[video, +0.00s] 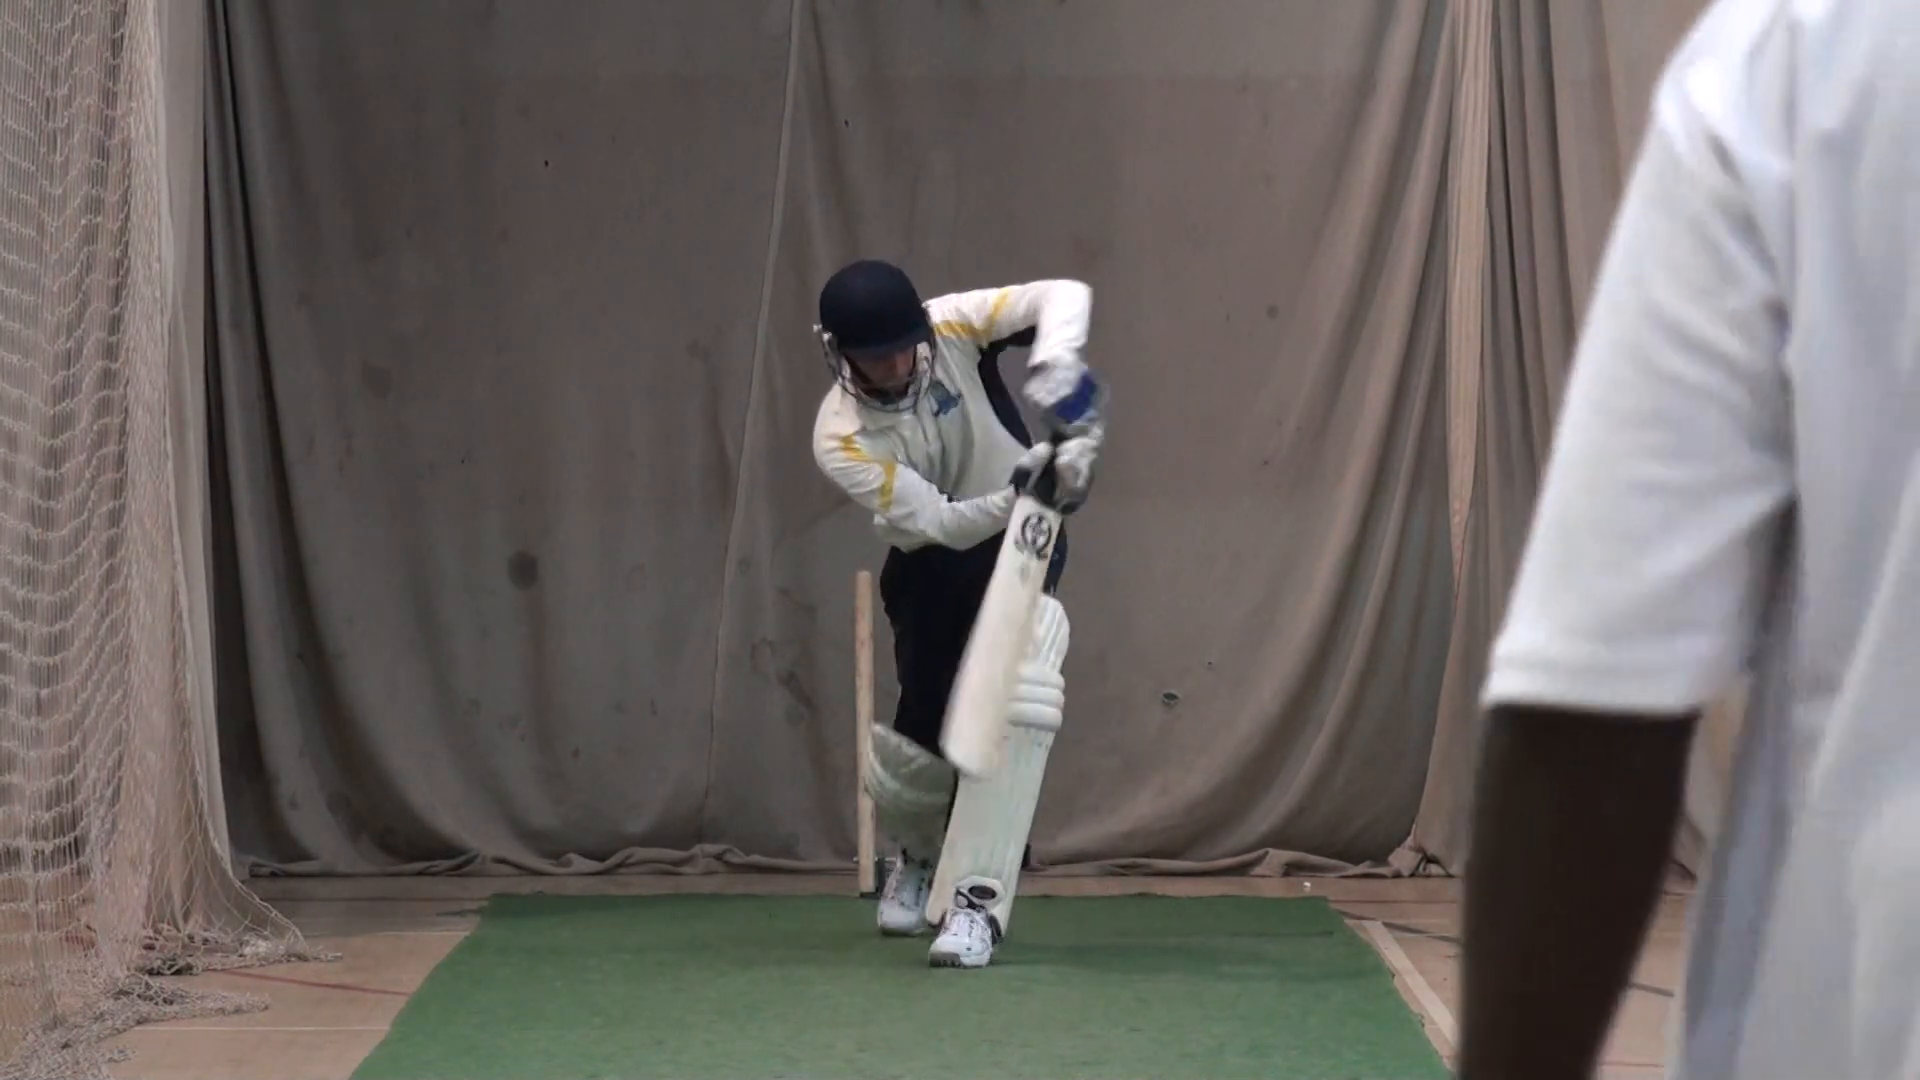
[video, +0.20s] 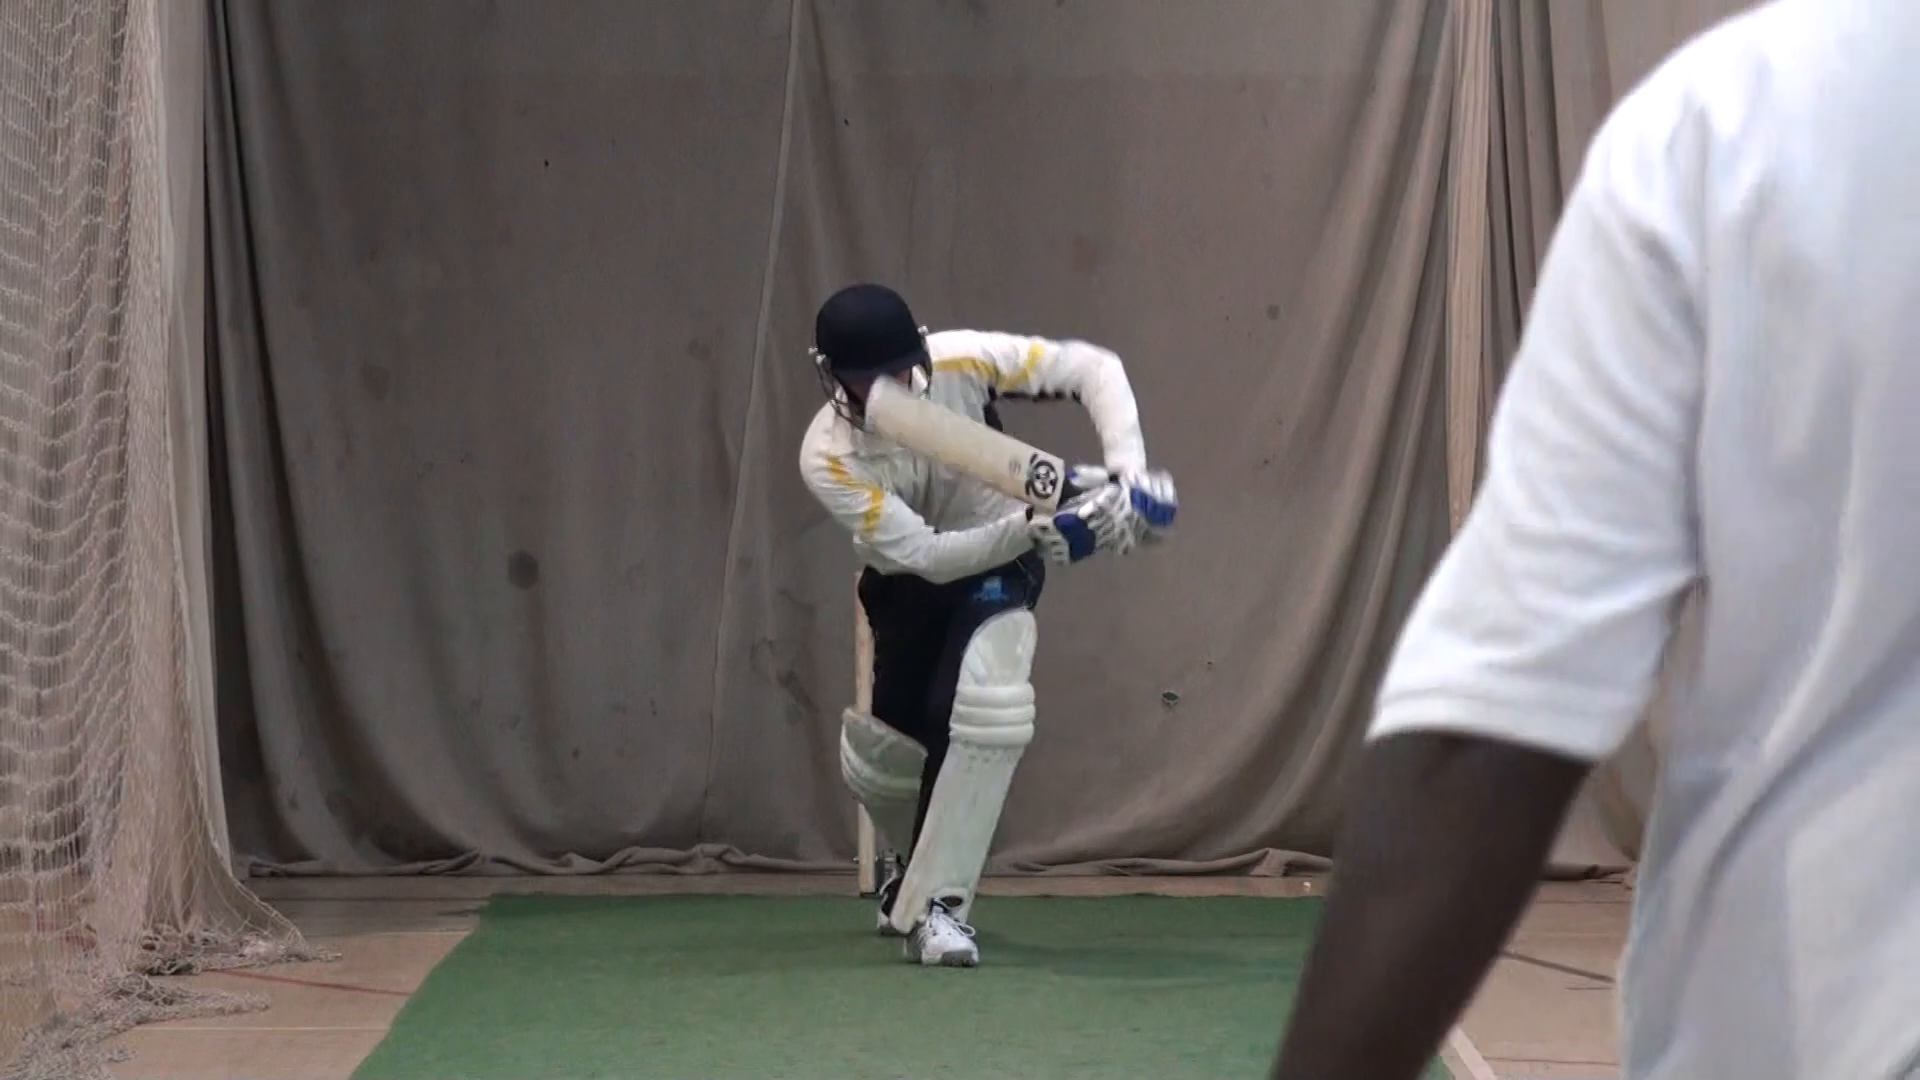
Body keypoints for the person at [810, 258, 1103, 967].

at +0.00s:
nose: (902, 368)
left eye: (909, 350)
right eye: (882, 359)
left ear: (922, 329)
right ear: (845, 355)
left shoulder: (948, 324)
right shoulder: (840, 437)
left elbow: (1062, 295)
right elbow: (939, 521)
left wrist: (1054, 362)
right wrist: (1020, 494)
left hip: (1015, 549)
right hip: (929, 574)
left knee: (1018, 719)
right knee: (920, 744)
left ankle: (977, 901)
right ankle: (915, 858)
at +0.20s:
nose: (881, 394)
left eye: (895, 375)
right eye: (863, 382)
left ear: (917, 361)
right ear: (833, 377)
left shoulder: (962, 358)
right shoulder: (828, 456)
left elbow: (1094, 366)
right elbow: (924, 555)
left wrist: (1129, 462)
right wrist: (1034, 532)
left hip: (994, 564)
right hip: (905, 588)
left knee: (990, 716)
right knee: (887, 756)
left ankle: (942, 906)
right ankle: (901, 865)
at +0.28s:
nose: (890, 390)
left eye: (903, 370)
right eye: (871, 378)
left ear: (923, 354)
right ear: (841, 371)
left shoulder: (972, 361)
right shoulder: (827, 445)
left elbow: (1099, 397)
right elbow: (916, 554)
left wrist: (1133, 501)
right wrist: (1039, 549)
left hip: (990, 564)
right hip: (899, 582)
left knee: (983, 719)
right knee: (885, 743)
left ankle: (942, 907)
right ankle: (897, 858)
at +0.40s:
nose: (903, 357)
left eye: (914, 339)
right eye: (884, 345)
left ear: (931, 325)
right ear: (850, 340)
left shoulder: (974, 343)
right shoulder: (828, 415)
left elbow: (1099, 395)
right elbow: (898, 540)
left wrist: (1123, 514)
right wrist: (1028, 575)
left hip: (993, 524)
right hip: (896, 538)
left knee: (983, 714)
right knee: (864, 740)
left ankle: (941, 904)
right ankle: (888, 844)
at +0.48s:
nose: (906, 328)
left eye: (916, 309)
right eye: (886, 315)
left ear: (934, 294)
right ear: (852, 310)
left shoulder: (980, 325)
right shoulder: (828, 389)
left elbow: (1094, 381)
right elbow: (867, 528)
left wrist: (1118, 506)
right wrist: (980, 564)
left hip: (992, 523)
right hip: (893, 533)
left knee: (972, 713)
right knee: (854, 726)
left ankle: (946, 905)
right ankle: (880, 849)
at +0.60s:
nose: (901, 282)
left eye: (914, 262)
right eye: (881, 266)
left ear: (937, 256)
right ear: (852, 264)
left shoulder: (989, 307)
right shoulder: (824, 355)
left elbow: (1099, 374)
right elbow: (797, 489)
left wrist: (1147, 495)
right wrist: (900, 540)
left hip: (990, 518)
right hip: (884, 521)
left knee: (988, 711)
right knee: (842, 698)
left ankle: (943, 906)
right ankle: (837, 885)